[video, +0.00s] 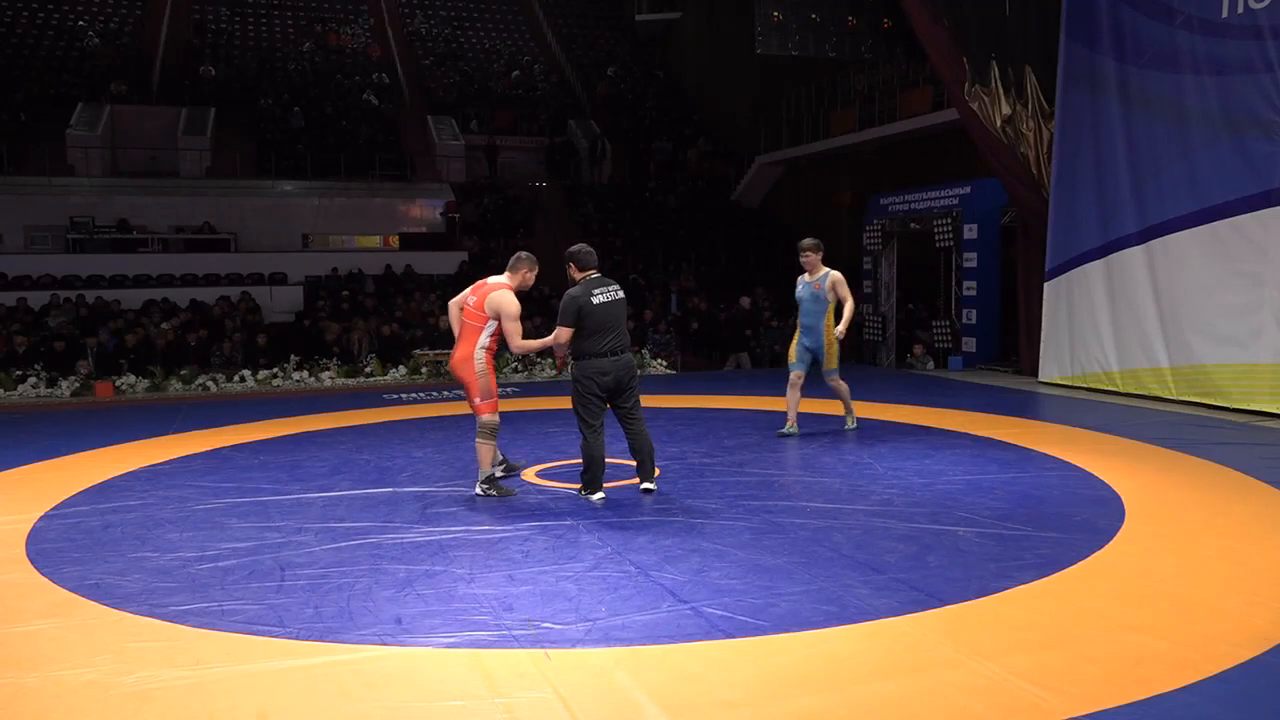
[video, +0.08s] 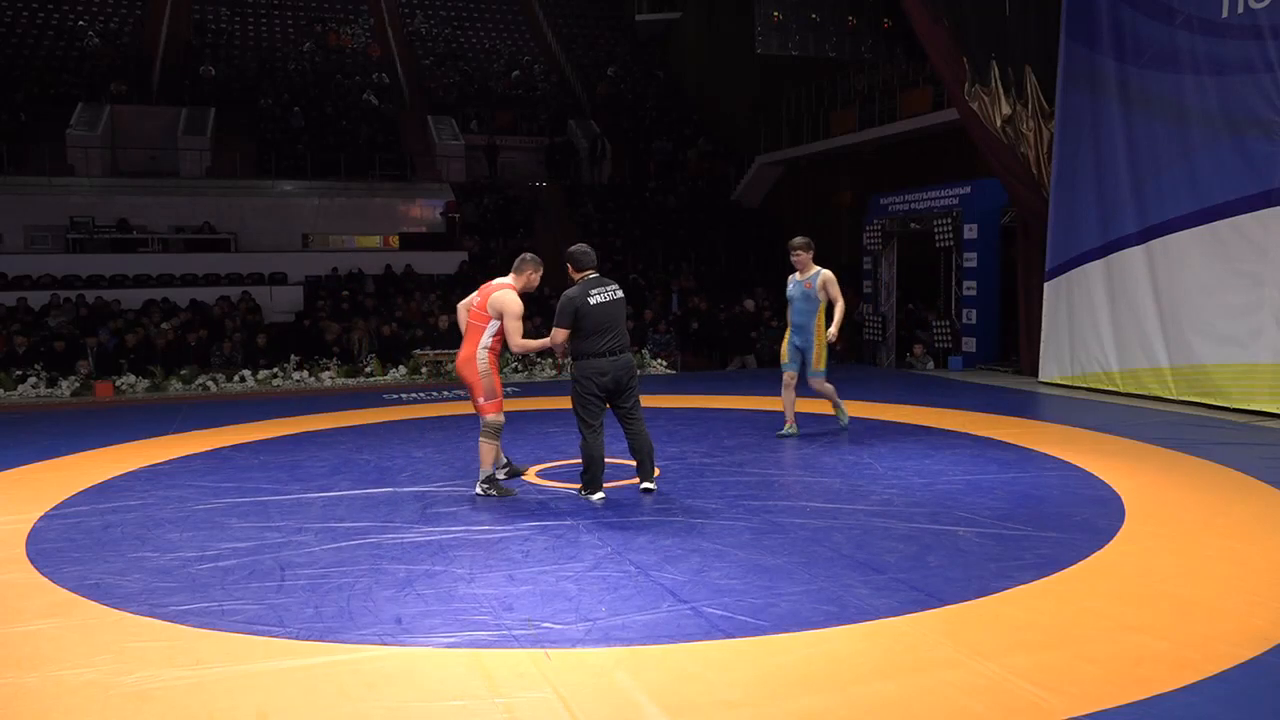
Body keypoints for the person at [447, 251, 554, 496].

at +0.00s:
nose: (534, 280)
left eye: (535, 276)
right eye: (534, 275)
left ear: (511, 269)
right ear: (525, 273)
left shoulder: (485, 283)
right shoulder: (508, 301)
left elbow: (454, 304)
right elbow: (517, 346)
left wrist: (461, 339)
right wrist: (551, 340)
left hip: (461, 358)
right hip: (475, 361)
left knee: (485, 414)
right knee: (489, 421)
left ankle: (497, 462)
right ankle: (485, 481)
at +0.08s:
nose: (539, 281)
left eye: (539, 277)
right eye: (539, 276)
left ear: (517, 271)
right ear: (529, 274)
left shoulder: (493, 285)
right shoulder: (512, 301)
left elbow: (462, 306)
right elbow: (516, 345)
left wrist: (470, 338)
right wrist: (550, 341)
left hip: (470, 358)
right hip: (479, 361)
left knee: (491, 415)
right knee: (494, 420)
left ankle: (501, 465)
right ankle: (485, 480)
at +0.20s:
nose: (544, 283)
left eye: (545, 279)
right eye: (544, 279)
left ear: (525, 273)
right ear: (535, 276)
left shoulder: (505, 288)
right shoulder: (514, 297)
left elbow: (513, 337)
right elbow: (516, 340)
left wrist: (545, 340)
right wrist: (549, 340)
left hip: (478, 360)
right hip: (482, 362)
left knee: (501, 413)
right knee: (510, 417)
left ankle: (501, 463)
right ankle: (490, 474)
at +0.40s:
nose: (555, 289)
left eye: (555, 284)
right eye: (555, 284)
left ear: (536, 278)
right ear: (547, 281)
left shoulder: (515, 292)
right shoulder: (526, 298)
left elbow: (515, 336)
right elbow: (519, 337)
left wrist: (544, 354)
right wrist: (545, 353)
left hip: (478, 359)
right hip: (488, 360)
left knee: (505, 412)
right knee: (522, 409)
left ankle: (504, 465)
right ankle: (514, 466)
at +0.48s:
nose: (560, 294)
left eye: (561, 290)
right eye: (560, 289)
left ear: (540, 283)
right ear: (552, 286)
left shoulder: (522, 296)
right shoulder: (533, 302)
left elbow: (511, 342)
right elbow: (522, 340)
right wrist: (542, 360)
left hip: (480, 357)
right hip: (489, 359)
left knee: (503, 413)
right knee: (515, 415)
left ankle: (504, 464)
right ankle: (526, 473)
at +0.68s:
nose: (564, 319)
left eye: (566, 315)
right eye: (565, 314)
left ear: (549, 305)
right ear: (558, 309)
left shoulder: (532, 314)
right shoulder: (546, 320)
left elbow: (523, 358)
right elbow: (544, 360)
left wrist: (515, 382)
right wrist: (550, 375)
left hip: (478, 361)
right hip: (490, 363)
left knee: (505, 414)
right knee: (517, 418)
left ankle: (505, 462)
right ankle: (527, 476)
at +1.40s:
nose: (577, 326)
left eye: (579, 323)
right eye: (578, 322)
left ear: (558, 312)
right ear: (573, 318)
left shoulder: (542, 322)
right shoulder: (560, 329)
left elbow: (531, 369)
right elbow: (569, 369)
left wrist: (520, 390)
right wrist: (584, 362)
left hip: (483, 362)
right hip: (500, 363)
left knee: (510, 415)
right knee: (524, 418)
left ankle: (507, 463)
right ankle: (530, 477)